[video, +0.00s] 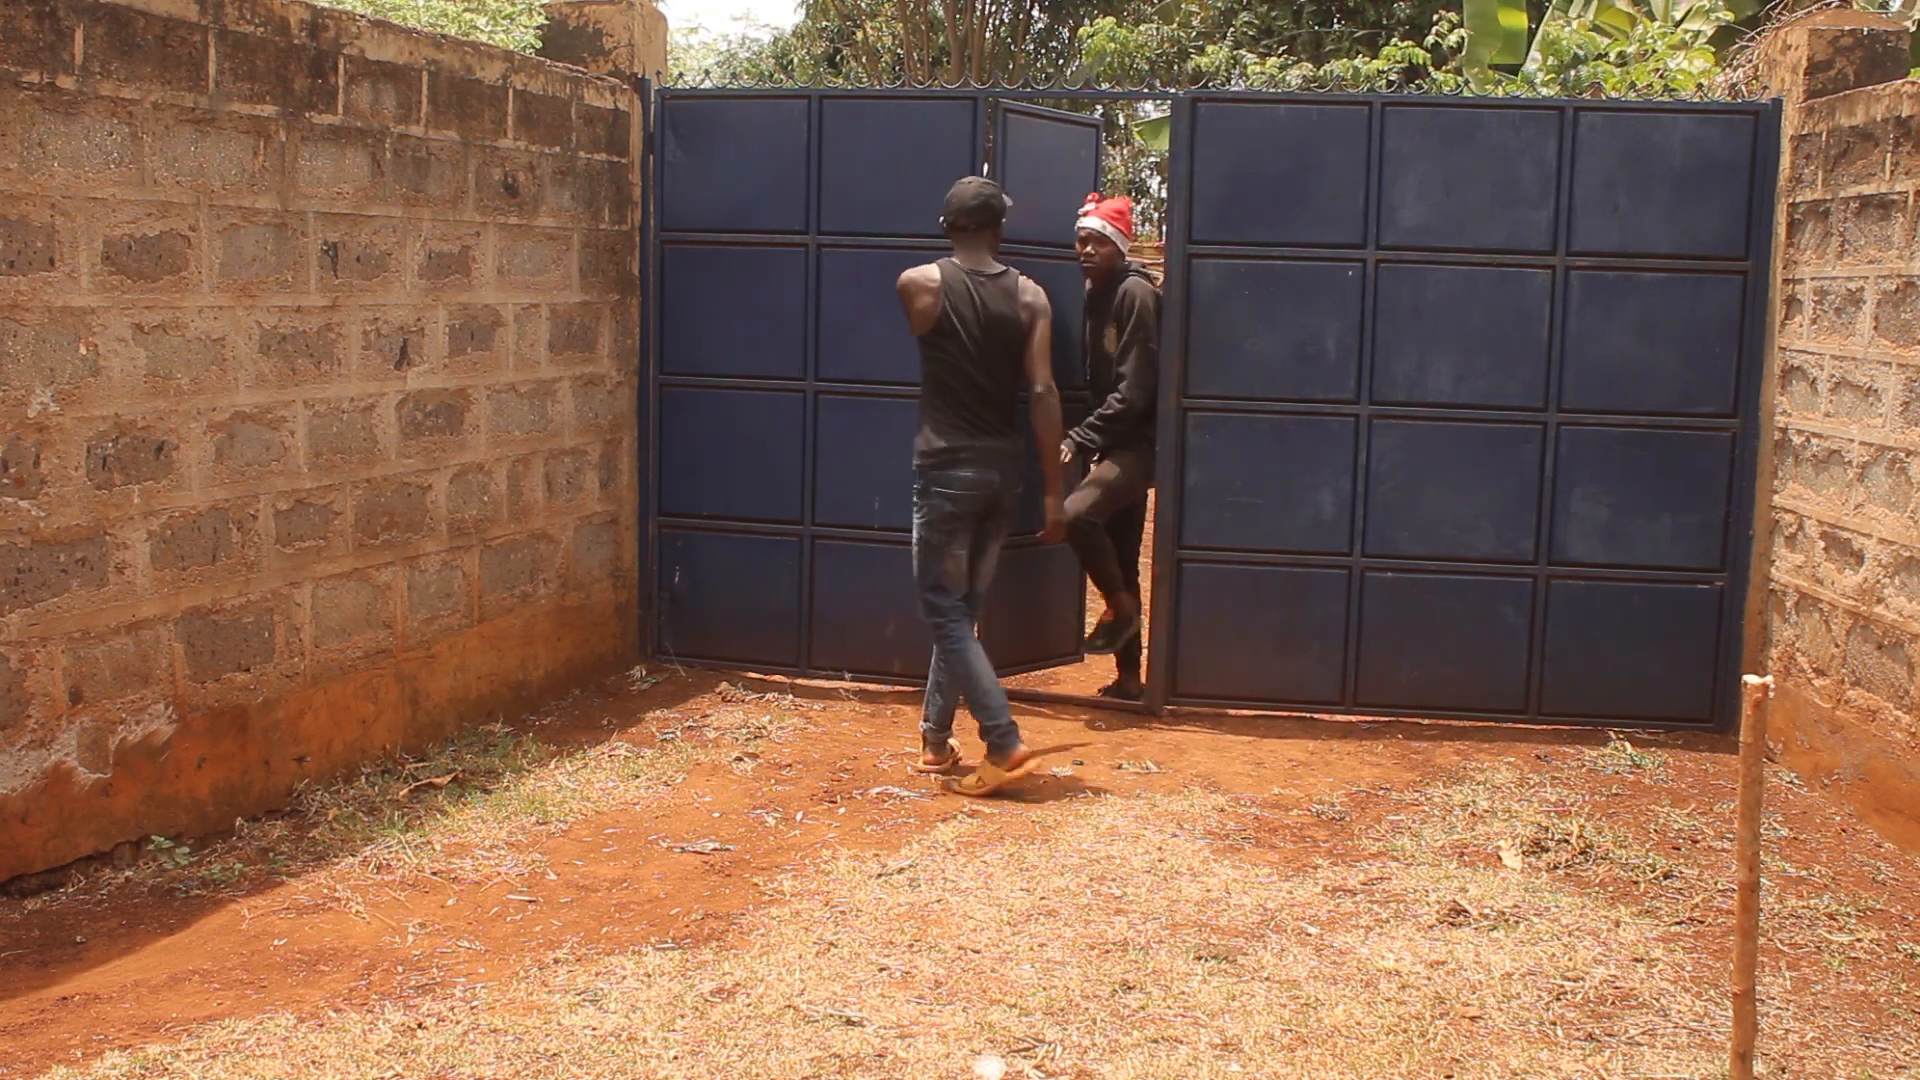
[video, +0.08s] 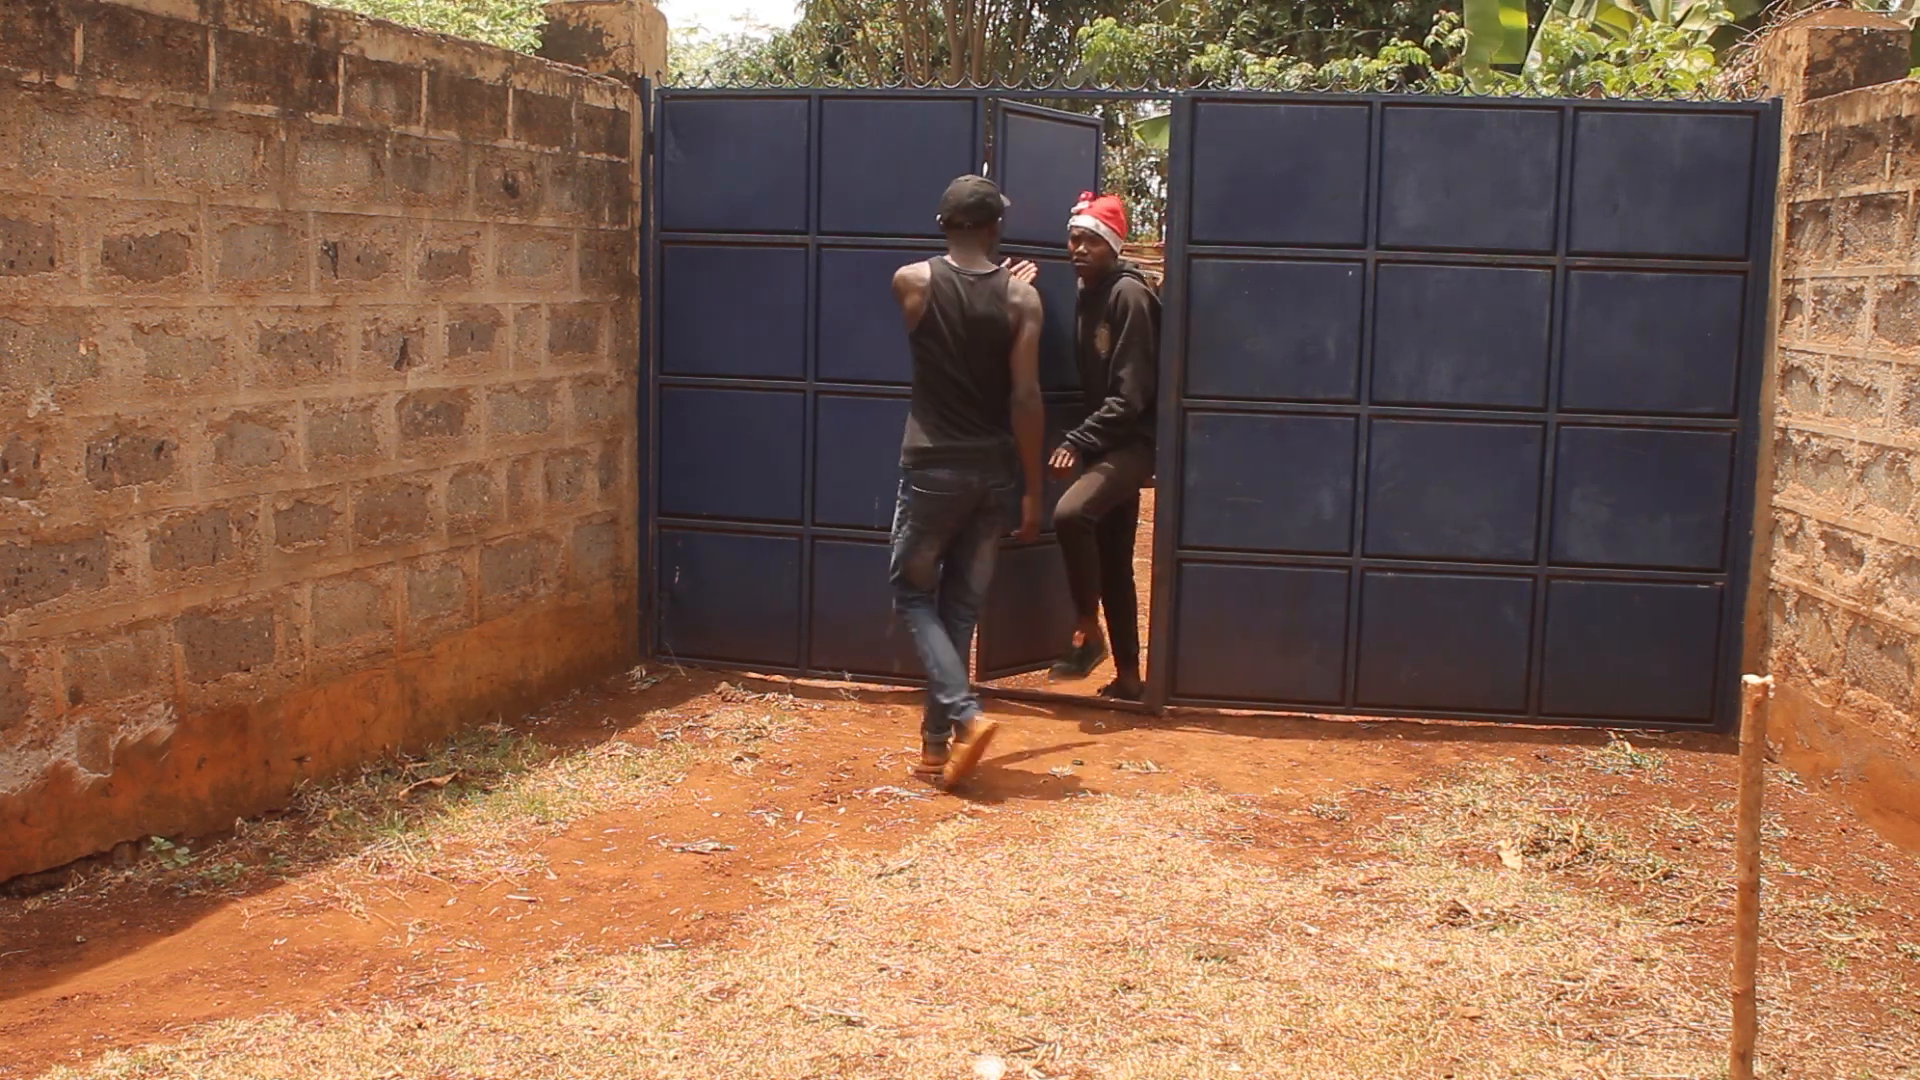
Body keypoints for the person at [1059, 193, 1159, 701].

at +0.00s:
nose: (1084, 249)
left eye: (1096, 240)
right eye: (1081, 240)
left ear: (1122, 246)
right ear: (1079, 245)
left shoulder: (1137, 294)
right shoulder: (1097, 296)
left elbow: (1136, 391)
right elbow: (1101, 382)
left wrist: (1079, 437)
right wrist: (1085, 439)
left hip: (1138, 442)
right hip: (1112, 441)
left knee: (1077, 513)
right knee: (1121, 555)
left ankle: (1120, 605)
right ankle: (1129, 676)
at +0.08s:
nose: (1078, 248)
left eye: (1090, 239)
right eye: (1074, 238)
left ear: (1116, 245)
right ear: (1071, 242)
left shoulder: (1131, 295)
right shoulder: (1089, 293)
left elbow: (1132, 396)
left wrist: (1077, 440)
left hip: (1134, 443)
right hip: (1104, 441)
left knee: (1070, 514)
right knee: (1115, 563)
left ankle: (1089, 631)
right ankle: (1128, 676)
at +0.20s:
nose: (1068, 246)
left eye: (1079, 238)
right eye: (1064, 237)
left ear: (1106, 244)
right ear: (1063, 241)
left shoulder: (1123, 293)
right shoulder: (1082, 292)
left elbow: (1129, 395)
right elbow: (1083, 375)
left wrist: (1080, 444)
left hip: (1123, 447)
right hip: (1096, 446)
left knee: (1065, 546)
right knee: (1107, 563)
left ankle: (1068, 686)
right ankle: (1127, 675)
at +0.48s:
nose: (1058, 232)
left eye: (1070, 224)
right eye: (1054, 221)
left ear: (1097, 231)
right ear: (1048, 225)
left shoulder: (1117, 289)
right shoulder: (1056, 284)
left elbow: (1124, 392)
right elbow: (1057, 373)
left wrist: (1079, 455)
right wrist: (1048, 438)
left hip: (1100, 447)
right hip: (1059, 442)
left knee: (1059, 560)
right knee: (1064, 559)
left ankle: (1069, 691)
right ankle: (1110, 654)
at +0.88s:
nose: (1052, 211)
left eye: (1064, 202)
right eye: (1050, 201)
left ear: (1096, 210)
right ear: (1049, 206)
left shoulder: (1125, 276)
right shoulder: (1042, 266)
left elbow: (1131, 377)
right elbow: (1030, 352)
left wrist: (1097, 448)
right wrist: (1011, 417)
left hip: (1085, 440)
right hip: (1029, 430)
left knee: (1070, 564)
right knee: (989, 537)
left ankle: (1069, 688)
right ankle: (1055, 618)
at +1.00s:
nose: (1047, 209)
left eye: (1060, 200)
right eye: (1046, 199)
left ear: (1091, 209)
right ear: (1046, 204)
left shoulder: (1123, 275)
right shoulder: (1036, 266)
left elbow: (1130, 374)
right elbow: (1019, 352)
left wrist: (1111, 454)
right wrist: (999, 421)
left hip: (1082, 441)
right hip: (1023, 434)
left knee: (1071, 567)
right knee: (994, 545)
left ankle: (1070, 687)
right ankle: (1026, 663)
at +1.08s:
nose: (1044, 208)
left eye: (1056, 199)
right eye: (1043, 198)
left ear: (1089, 207)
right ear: (1043, 202)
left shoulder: (1122, 276)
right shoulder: (1029, 265)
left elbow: (1129, 372)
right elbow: (1007, 347)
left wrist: (1119, 455)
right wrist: (994, 415)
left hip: (1081, 439)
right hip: (1019, 433)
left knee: (1070, 564)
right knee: (1004, 554)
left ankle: (1071, 688)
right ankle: (1012, 681)